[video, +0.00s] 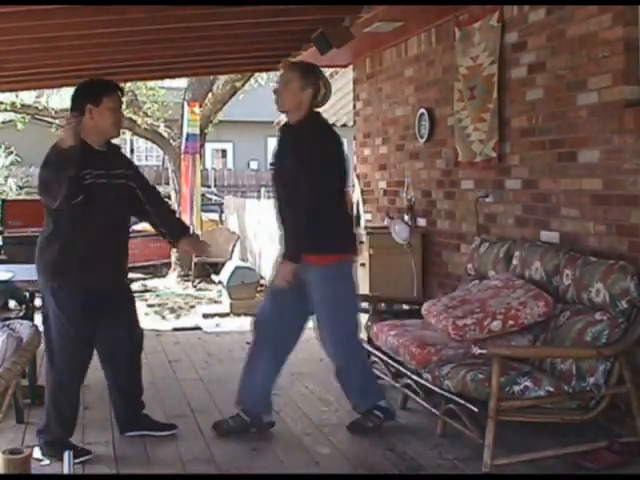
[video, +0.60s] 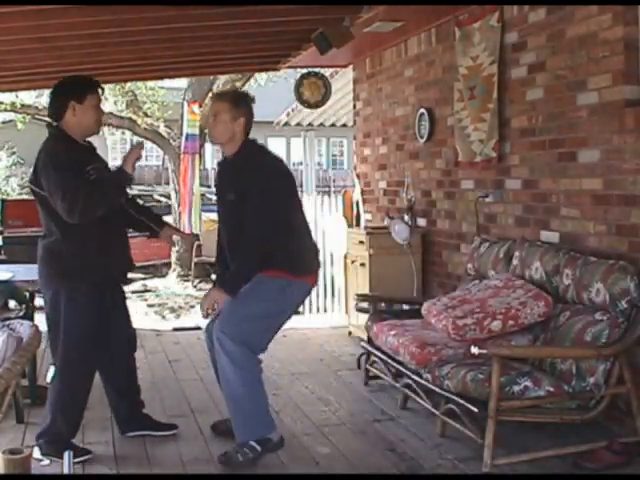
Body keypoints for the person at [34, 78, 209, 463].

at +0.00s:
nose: (121, 118)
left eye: (121, 110)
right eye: (115, 110)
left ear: (100, 114)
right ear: (89, 112)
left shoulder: (120, 163)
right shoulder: (60, 157)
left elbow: (150, 203)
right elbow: (54, 195)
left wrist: (183, 236)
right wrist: (69, 148)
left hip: (110, 274)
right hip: (66, 276)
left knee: (124, 347)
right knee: (68, 361)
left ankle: (131, 419)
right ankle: (54, 441)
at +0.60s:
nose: (102, 112)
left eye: (101, 104)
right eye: (96, 104)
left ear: (75, 109)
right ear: (74, 108)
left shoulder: (86, 153)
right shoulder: (54, 154)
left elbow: (117, 204)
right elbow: (77, 208)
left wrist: (160, 227)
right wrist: (123, 173)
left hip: (101, 273)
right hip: (71, 277)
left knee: (119, 348)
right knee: (74, 360)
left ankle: (131, 419)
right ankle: (54, 441)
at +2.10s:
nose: (106, 114)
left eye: (104, 106)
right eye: (99, 107)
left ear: (78, 114)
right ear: (74, 113)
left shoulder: (86, 156)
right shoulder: (62, 156)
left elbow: (108, 207)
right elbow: (99, 212)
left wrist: (129, 246)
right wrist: (132, 219)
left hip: (91, 274)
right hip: (62, 278)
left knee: (111, 349)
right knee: (70, 361)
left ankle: (129, 420)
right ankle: (51, 443)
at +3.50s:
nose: (105, 109)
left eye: (103, 102)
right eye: (98, 102)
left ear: (76, 109)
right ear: (74, 108)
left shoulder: (92, 152)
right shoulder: (61, 154)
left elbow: (113, 204)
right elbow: (94, 209)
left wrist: (141, 186)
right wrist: (134, 186)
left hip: (105, 275)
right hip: (73, 279)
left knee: (123, 351)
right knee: (74, 363)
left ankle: (136, 424)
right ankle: (52, 444)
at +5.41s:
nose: (118, 110)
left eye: (116, 102)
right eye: (111, 103)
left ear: (89, 109)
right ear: (86, 108)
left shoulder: (99, 153)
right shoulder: (71, 152)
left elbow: (132, 189)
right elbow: (118, 197)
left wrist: (177, 200)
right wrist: (177, 202)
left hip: (106, 273)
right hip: (73, 275)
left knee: (121, 350)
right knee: (72, 360)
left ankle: (134, 424)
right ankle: (52, 444)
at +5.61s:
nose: (112, 110)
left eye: (110, 102)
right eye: (103, 103)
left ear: (86, 110)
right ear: (76, 110)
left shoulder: (97, 153)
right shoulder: (67, 156)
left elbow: (118, 207)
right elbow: (102, 215)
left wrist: (160, 223)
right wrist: (159, 232)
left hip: (103, 274)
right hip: (70, 277)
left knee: (120, 351)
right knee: (69, 361)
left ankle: (134, 424)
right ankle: (51, 444)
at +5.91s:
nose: (104, 113)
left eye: (102, 105)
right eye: (96, 105)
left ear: (76, 111)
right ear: (71, 111)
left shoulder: (90, 155)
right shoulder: (57, 159)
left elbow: (104, 213)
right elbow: (77, 227)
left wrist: (131, 241)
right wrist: (115, 273)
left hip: (100, 273)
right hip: (69, 279)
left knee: (121, 351)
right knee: (72, 365)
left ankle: (134, 423)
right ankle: (52, 445)